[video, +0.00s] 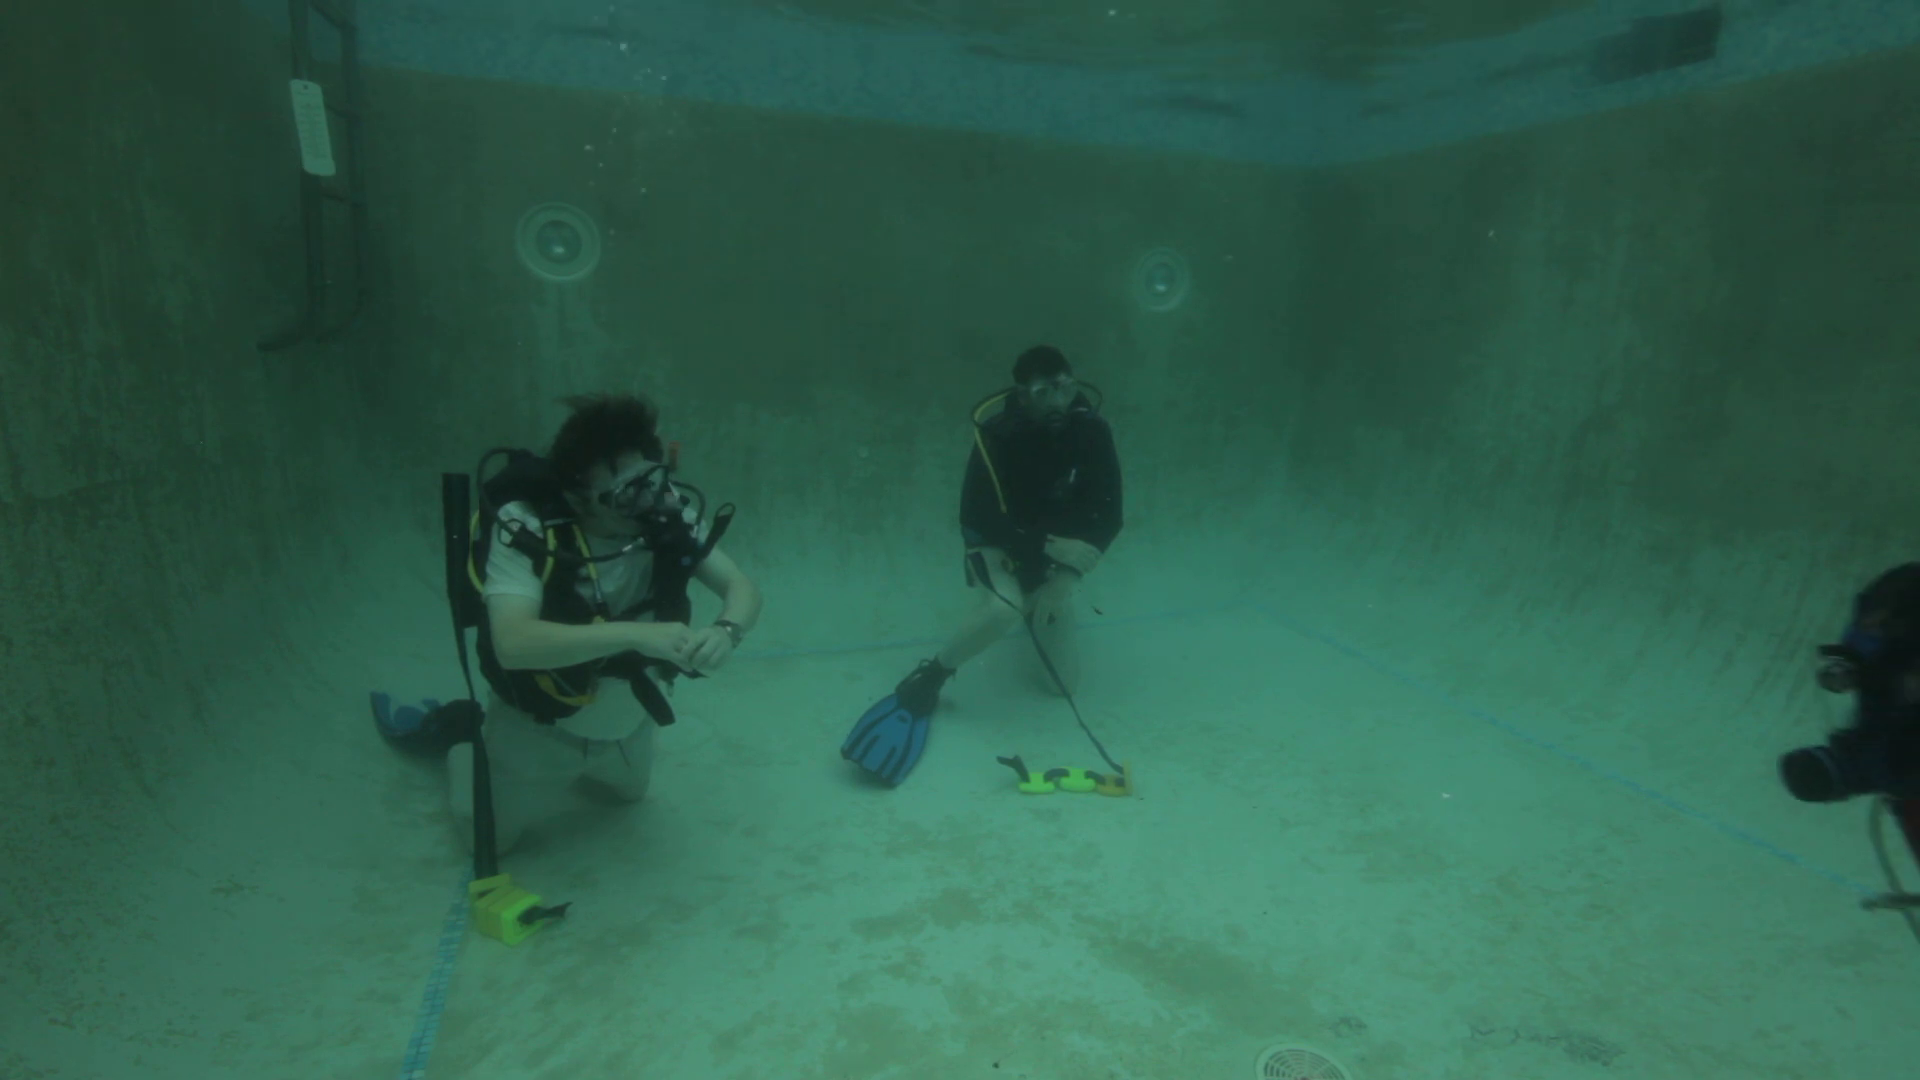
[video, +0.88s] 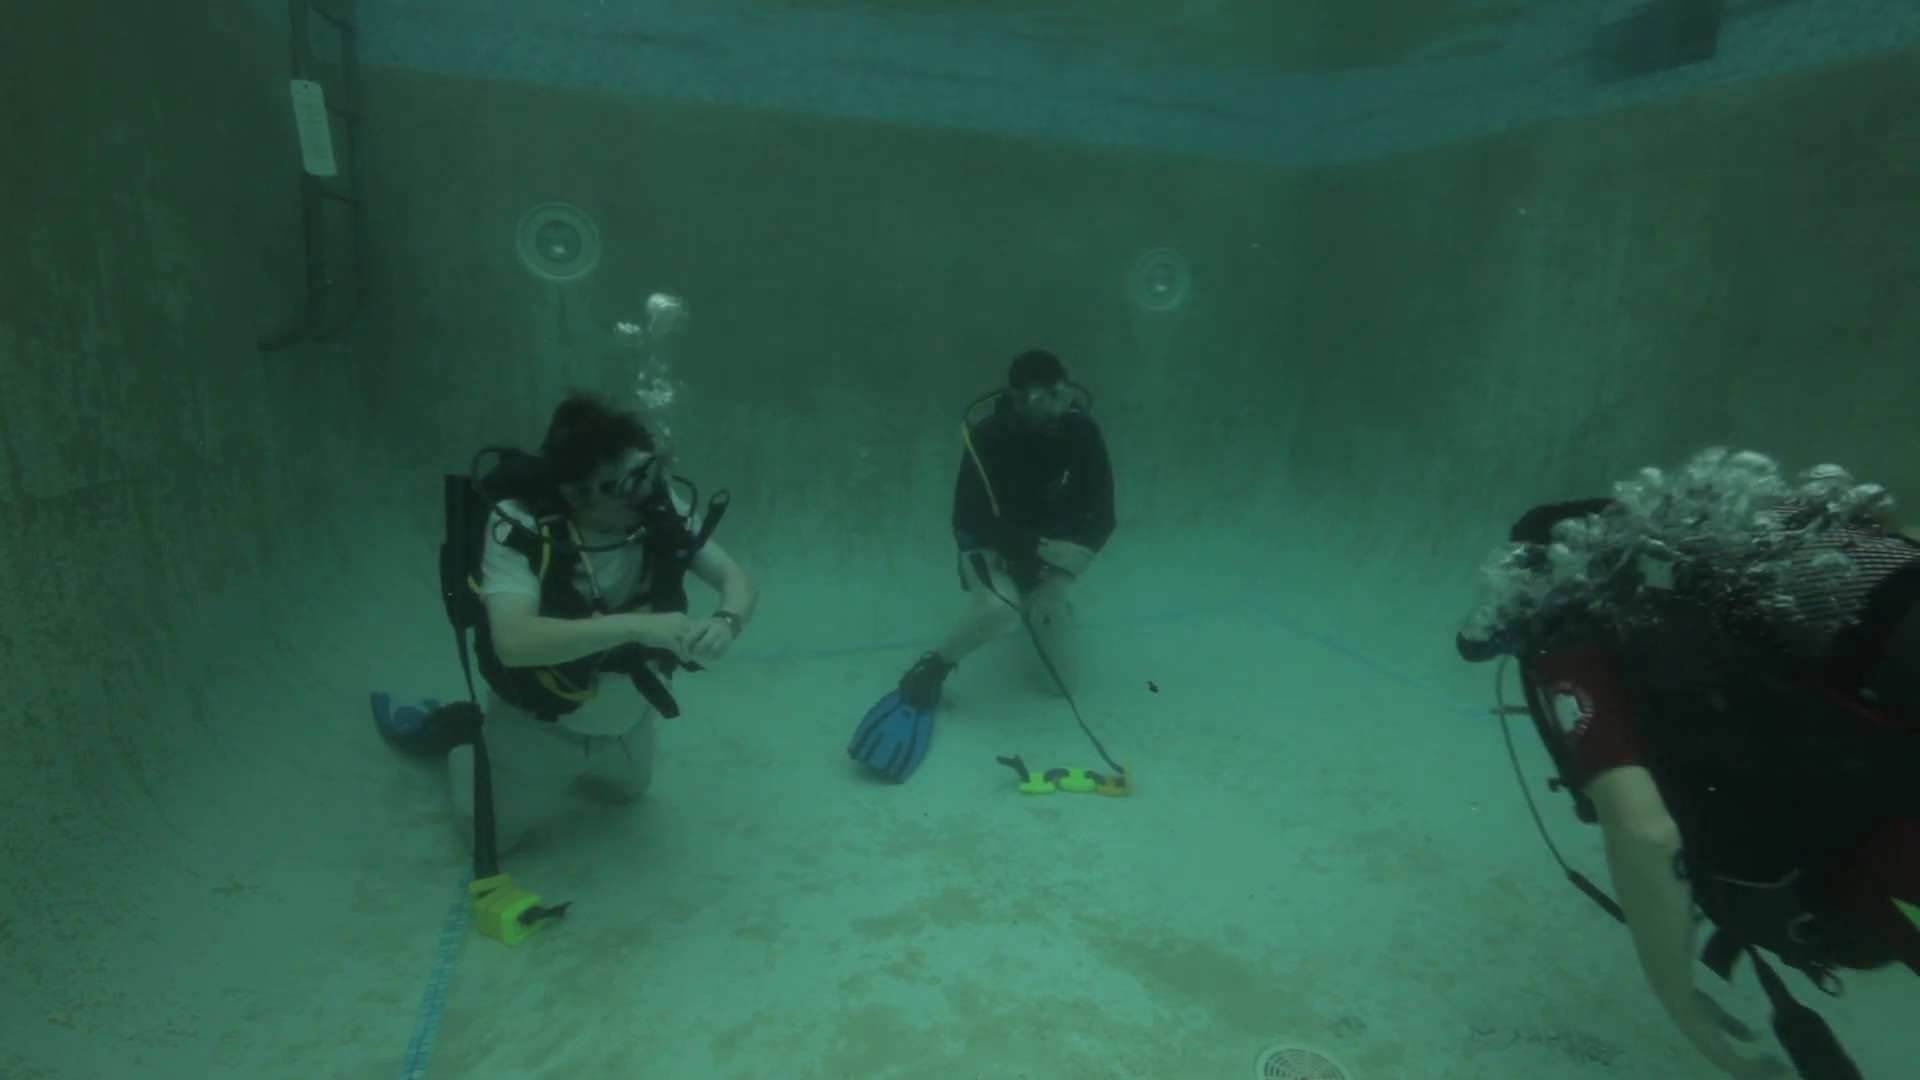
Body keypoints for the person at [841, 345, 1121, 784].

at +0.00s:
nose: (1058, 400)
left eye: (1064, 388)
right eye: (1046, 390)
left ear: (1074, 386)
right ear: (1023, 393)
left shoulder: (1091, 430)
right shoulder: (998, 430)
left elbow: (1109, 512)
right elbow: (979, 515)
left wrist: (1064, 579)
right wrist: (1051, 546)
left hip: (1059, 546)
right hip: (1000, 539)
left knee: (1062, 680)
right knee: (1004, 608)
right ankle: (930, 677)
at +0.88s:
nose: (1054, 408)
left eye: (1059, 396)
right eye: (1042, 399)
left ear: (1068, 392)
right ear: (1017, 399)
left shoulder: (1082, 431)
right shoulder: (989, 435)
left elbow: (1101, 514)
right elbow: (974, 519)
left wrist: (1058, 583)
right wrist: (1042, 548)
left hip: (1055, 550)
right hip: (994, 544)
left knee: (1063, 673)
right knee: (1000, 606)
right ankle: (931, 670)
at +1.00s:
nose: (1051, 408)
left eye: (1056, 397)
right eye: (1040, 399)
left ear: (1065, 394)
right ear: (1016, 399)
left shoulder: (1080, 432)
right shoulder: (989, 435)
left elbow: (1100, 514)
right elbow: (972, 519)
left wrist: (1059, 582)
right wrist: (1039, 550)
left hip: (1055, 547)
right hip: (993, 542)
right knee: (1000, 606)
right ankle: (930, 672)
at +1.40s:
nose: (1055, 406)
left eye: (1055, 395)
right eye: (1045, 398)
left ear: (1059, 392)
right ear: (1016, 399)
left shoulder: (1075, 432)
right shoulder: (985, 436)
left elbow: (1096, 513)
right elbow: (977, 521)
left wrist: (1055, 583)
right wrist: (1036, 556)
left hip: (1051, 552)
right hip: (990, 547)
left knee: (1064, 677)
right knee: (998, 606)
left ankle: (1048, 607)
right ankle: (931, 673)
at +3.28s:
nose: (1034, 404)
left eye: (1036, 394)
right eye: (1022, 396)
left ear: (1041, 390)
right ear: (994, 399)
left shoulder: (1054, 431)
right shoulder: (966, 439)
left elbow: (1079, 508)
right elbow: (955, 522)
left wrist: (1048, 566)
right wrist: (1024, 543)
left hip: (1032, 554)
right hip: (973, 549)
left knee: (1057, 680)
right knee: (985, 606)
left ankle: (1038, 607)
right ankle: (929, 677)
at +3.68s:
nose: (1025, 406)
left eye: (1031, 395)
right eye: (1013, 397)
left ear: (1039, 392)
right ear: (989, 399)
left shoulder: (1053, 432)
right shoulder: (965, 438)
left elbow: (1079, 507)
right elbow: (952, 518)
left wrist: (1051, 562)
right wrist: (1021, 541)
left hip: (1033, 554)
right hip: (973, 548)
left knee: (1056, 680)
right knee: (989, 602)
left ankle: (1036, 609)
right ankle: (929, 676)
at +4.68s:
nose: (1004, 400)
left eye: (1013, 390)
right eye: (992, 391)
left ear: (1028, 389)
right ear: (976, 392)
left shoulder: (1047, 430)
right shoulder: (957, 439)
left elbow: (1074, 504)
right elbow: (909, 508)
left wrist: (1046, 564)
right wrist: (970, 542)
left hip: (1029, 551)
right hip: (965, 553)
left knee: (1054, 679)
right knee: (987, 598)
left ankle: (1036, 610)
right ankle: (933, 672)